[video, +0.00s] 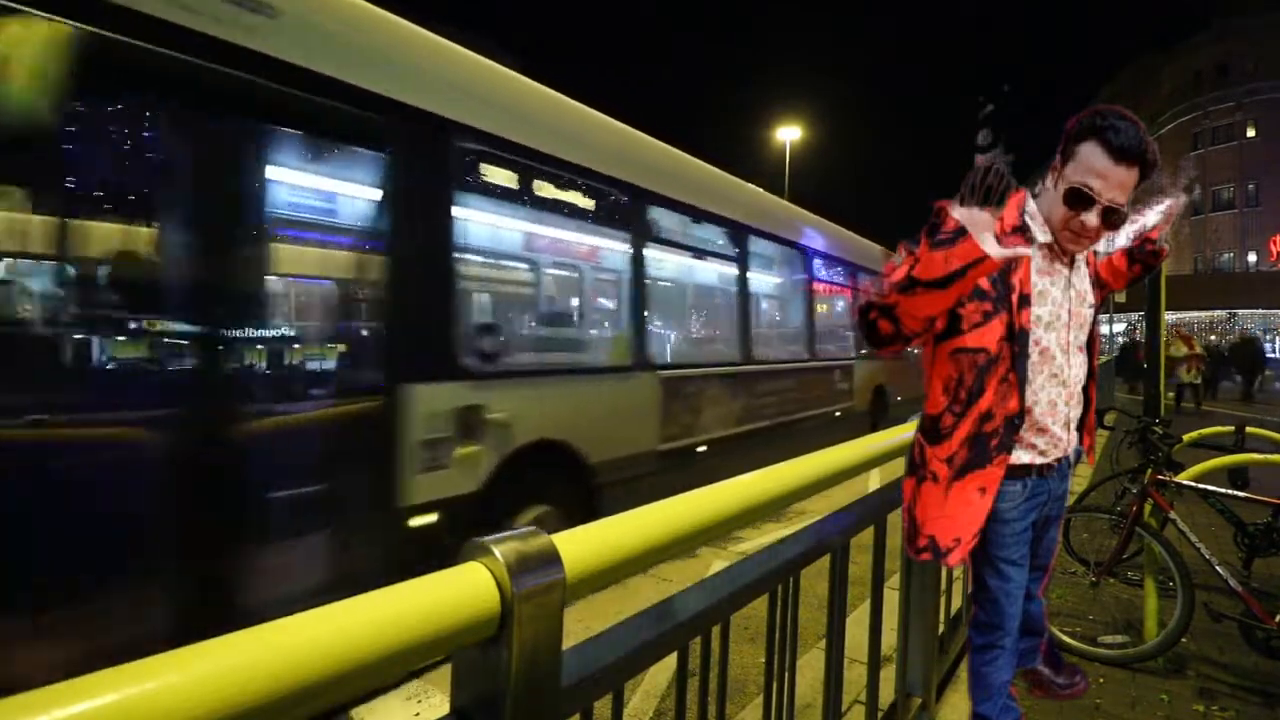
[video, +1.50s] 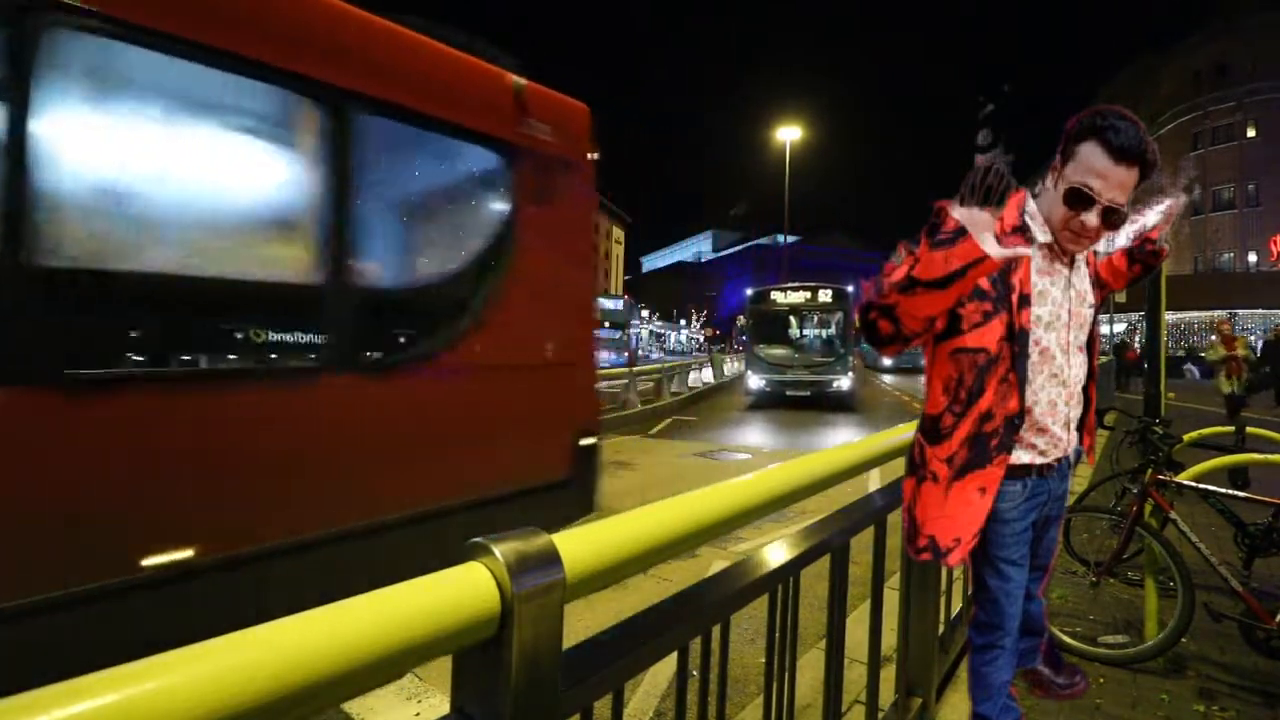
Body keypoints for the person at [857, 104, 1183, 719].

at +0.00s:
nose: (1089, 222)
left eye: (1109, 212)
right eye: (1080, 197)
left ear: (1123, 211)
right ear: (1052, 171)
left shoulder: (1083, 264)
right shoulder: (984, 242)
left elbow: (1112, 273)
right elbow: (882, 326)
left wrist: (1150, 241)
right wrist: (962, 245)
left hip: (1057, 467)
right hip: (1000, 474)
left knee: (1035, 581)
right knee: (999, 611)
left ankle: (1028, 659)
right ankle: (994, 709)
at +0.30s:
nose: (1089, 222)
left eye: (1109, 212)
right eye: (1080, 197)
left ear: (1123, 211)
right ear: (1052, 171)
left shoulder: (1083, 264)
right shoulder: (982, 241)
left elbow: (1115, 271)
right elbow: (884, 326)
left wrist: (1150, 240)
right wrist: (963, 247)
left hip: (1057, 468)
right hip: (1000, 474)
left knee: (1034, 581)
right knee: (1000, 612)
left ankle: (1027, 660)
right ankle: (994, 709)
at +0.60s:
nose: (1089, 222)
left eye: (1110, 212)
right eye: (1080, 198)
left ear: (1124, 210)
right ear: (1052, 171)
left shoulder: (1084, 263)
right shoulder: (986, 242)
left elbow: (1112, 274)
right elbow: (883, 326)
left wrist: (1150, 242)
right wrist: (965, 245)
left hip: (1057, 466)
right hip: (1000, 474)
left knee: (1035, 581)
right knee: (1000, 611)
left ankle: (1028, 658)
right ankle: (994, 709)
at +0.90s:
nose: (1089, 222)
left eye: (1110, 212)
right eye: (1080, 197)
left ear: (1124, 210)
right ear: (1052, 171)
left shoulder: (1085, 263)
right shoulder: (986, 242)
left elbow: (1116, 271)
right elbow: (881, 327)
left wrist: (1150, 242)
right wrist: (963, 247)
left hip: (1057, 467)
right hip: (1000, 474)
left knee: (1035, 581)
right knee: (1000, 611)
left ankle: (1027, 659)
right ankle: (994, 709)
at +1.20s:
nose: (1089, 222)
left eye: (1110, 212)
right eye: (1080, 197)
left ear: (1124, 210)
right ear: (1052, 171)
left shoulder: (1085, 263)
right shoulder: (985, 242)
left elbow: (1116, 271)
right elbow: (881, 326)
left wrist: (1150, 242)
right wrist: (963, 246)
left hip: (1057, 466)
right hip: (1000, 474)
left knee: (1035, 581)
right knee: (1000, 611)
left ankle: (1028, 659)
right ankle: (994, 709)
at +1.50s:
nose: (1089, 222)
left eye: (1110, 212)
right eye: (1080, 197)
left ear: (1124, 210)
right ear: (1052, 171)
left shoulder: (1085, 263)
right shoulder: (985, 243)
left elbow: (1115, 271)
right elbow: (881, 327)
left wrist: (1150, 242)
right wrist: (963, 246)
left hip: (1057, 467)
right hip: (1000, 474)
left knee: (1035, 580)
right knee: (1000, 611)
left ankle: (1028, 658)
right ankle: (994, 709)